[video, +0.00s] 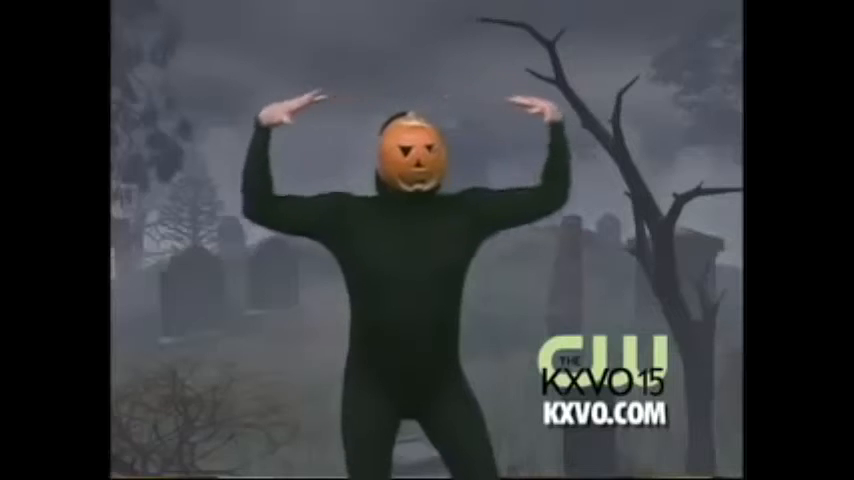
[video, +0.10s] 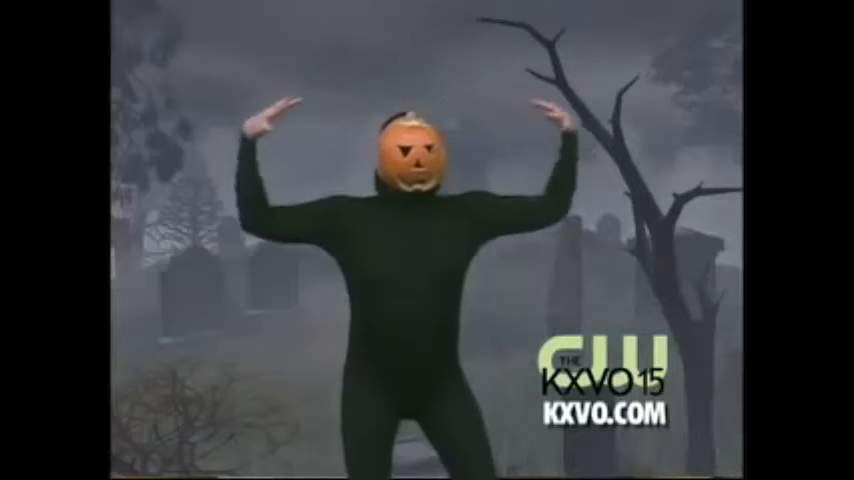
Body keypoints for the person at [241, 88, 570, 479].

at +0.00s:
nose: (418, 157)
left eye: (429, 148)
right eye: (403, 148)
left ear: (445, 161)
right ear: (380, 163)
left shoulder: (468, 212)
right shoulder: (345, 215)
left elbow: (551, 195)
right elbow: (260, 206)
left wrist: (556, 126)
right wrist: (262, 129)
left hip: (443, 384)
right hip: (371, 388)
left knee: (482, 472)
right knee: (367, 474)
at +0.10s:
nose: (418, 157)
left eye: (429, 148)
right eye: (403, 148)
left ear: (444, 161)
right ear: (380, 163)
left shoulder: (469, 214)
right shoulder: (345, 217)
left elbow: (551, 207)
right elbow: (257, 220)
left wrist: (569, 138)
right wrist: (248, 142)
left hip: (442, 384)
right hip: (370, 387)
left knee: (480, 474)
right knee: (367, 474)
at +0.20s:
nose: (416, 157)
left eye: (428, 148)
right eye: (402, 147)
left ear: (443, 161)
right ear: (380, 161)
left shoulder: (468, 217)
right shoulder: (346, 220)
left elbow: (550, 219)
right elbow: (258, 235)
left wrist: (580, 152)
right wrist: (233, 160)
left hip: (441, 386)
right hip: (369, 389)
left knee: (478, 474)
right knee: (367, 476)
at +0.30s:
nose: (415, 155)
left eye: (426, 146)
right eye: (401, 145)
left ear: (442, 160)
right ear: (379, 162)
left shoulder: (468, 218)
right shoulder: (346, 222)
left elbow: (549, 226)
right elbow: (258, 248)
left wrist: (589, 161)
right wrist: (222, 178)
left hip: (440, 387)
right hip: (367, 390)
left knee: (477, 472)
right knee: (366, 474)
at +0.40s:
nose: (414, 156)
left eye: (425, 148)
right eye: (400, 147)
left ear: (441, 161)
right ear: (377, 163)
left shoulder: (465, 219)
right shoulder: (345, 224)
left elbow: (548, 233)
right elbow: (261, 259)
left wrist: (597, 172)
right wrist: (211, 194)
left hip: (439, 385)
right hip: (367, 388)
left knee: (475, 473)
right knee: (365, 475)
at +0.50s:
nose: (411, 157)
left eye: (422, 148)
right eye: (397, 149)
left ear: (439, 161)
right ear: (375, 163)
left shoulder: (463, 220)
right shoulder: (344, 226)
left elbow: (543, 241)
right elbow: (266, 271)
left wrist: (603, 184)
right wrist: (206, 216)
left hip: (438, 386)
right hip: (365, 388)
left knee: (472, 473)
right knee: (364, 476)